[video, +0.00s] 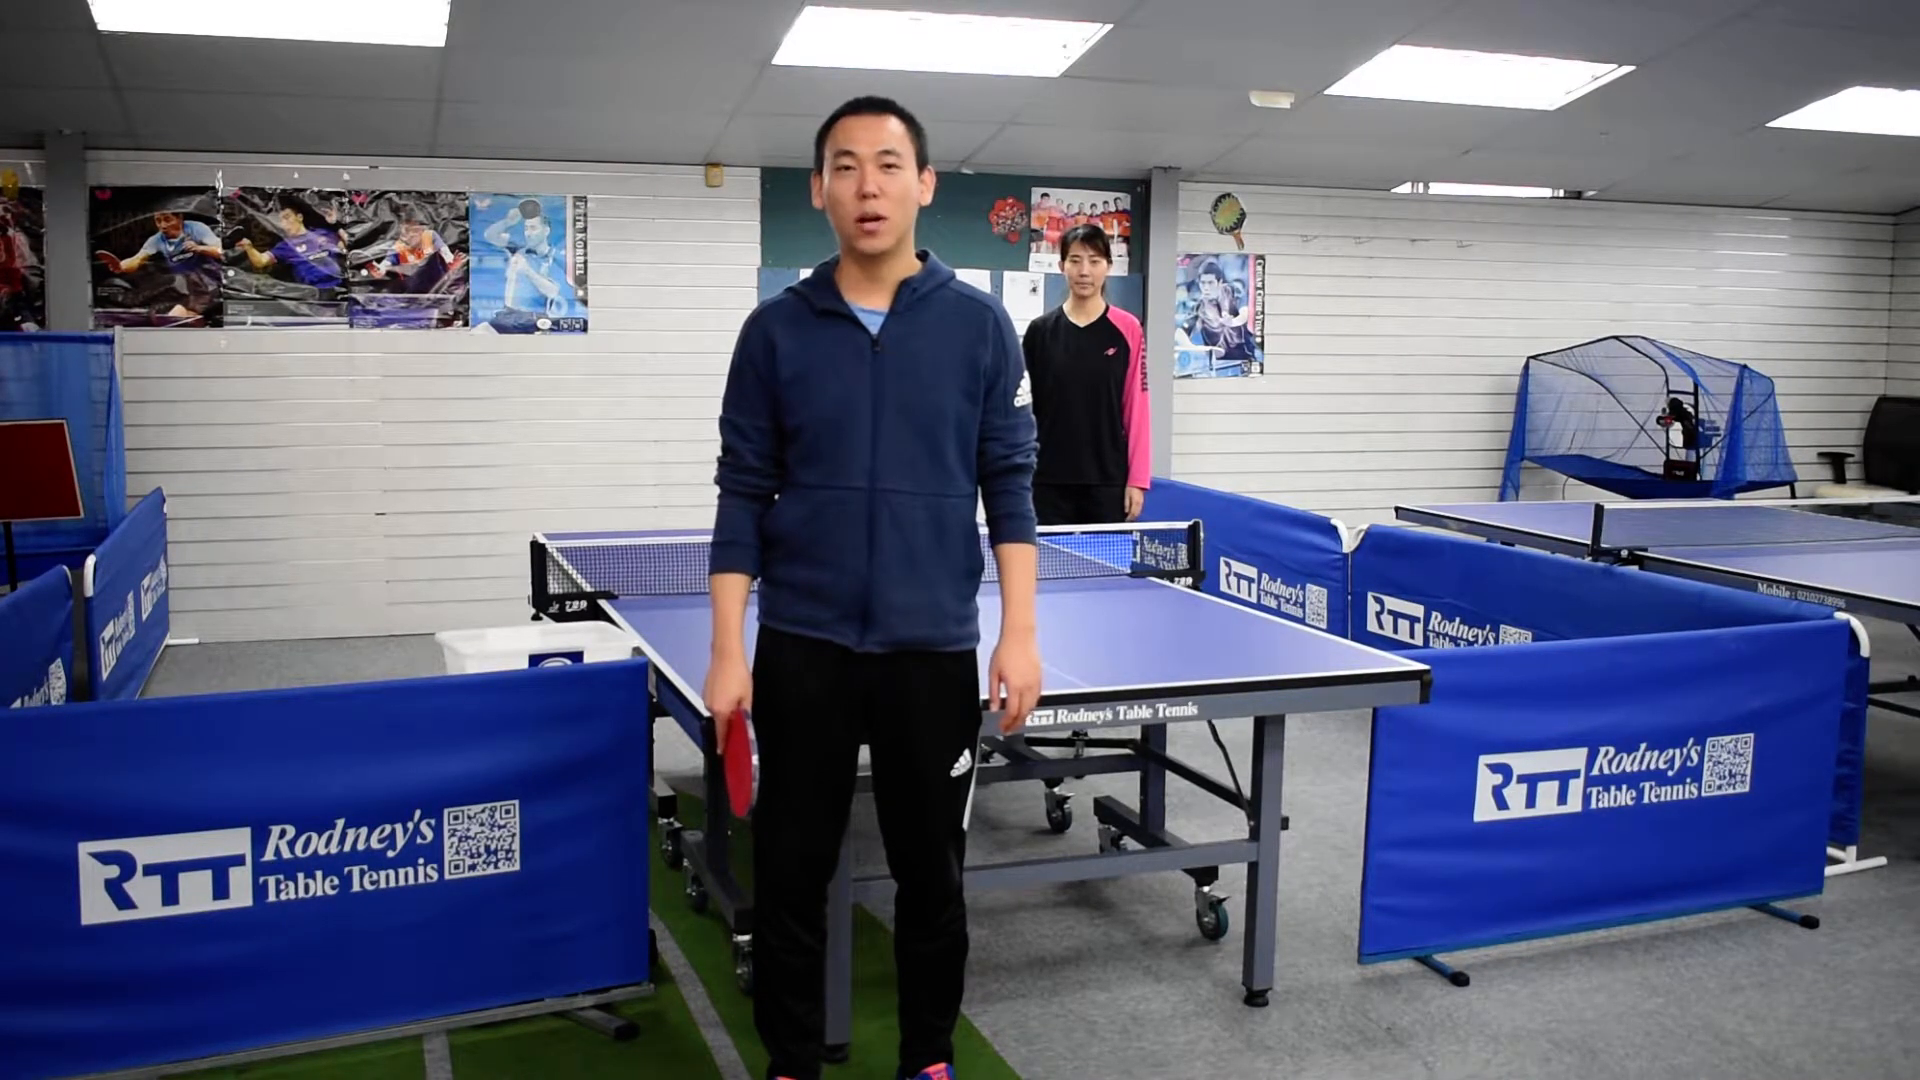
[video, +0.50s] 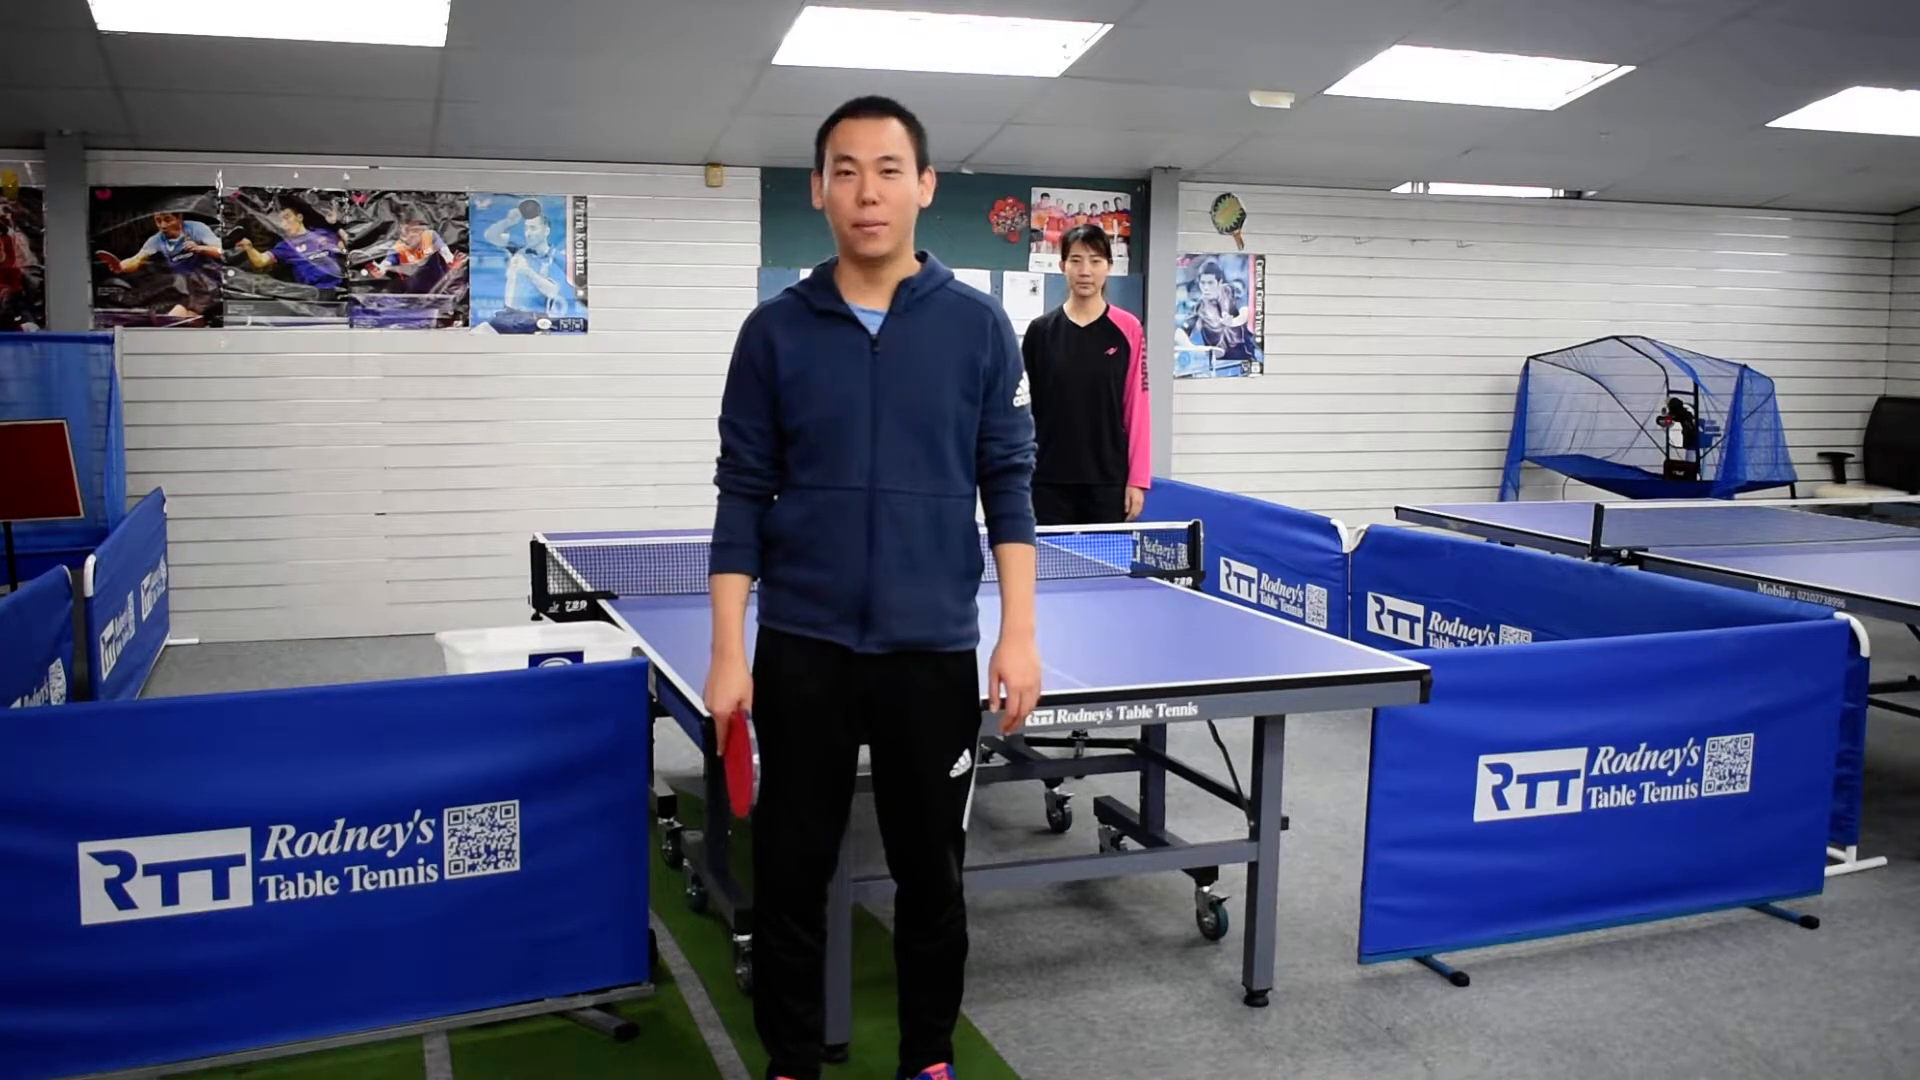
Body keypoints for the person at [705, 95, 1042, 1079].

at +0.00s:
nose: (866, 185)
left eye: (888, 165)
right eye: (844, 166)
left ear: (924, 188)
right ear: (820, 192)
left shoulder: (979, 327)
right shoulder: (776, 330)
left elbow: (1011, 485)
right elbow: (740, 490)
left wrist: (1020, 633)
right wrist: (727, 649)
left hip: (932, 645)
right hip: (804, 644)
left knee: (930, 874)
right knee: (789, 875)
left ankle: (929, 1060)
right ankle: (791, 1062)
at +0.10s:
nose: (866, 181)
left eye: (888, 163)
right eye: (845, 164)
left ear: (924, 188)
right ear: (820, 190)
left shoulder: (978, 326)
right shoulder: (775, 329)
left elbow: (1011, 485)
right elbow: (740, 491)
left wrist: (1020, 633)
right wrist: (727, 650)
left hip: (932, 646)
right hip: (803, 644)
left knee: (930, 875)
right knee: (789, 877)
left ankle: (929, 1061)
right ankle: (791, 1062)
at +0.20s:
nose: (866, 180)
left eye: (888, 162)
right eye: (845, 163)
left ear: (923, 187)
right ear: (820, 190)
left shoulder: (977, 325)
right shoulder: (775, 329)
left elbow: (1010, 484)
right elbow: (740, 490)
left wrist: (1019, 633)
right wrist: (727, 650)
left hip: (932, 645)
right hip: (804, 644)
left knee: (930, 875)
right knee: (789, 876)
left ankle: (929, 1061)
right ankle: (791, 1062)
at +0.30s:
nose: (866, 181)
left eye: (889, 162)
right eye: (845, 163)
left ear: (923, 188)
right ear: (821, 190)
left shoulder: (977, 325)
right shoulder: (775, 329)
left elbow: (1010, 483)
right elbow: (740, 491)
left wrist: (1020, 633)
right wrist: (727, 651)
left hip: (931, 645)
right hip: (803, 643)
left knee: (930, 874)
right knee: (788, 875)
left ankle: (929, 1060)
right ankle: (791, 1061)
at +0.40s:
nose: (866, 184)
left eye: (888, 165)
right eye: (845, 166)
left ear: (924, 189)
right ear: (820, 192)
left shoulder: (977, 326)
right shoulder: (775, 329)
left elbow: (1010, 483)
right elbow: (740, 491)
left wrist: (1019, 633)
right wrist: (728, 651)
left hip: (932, 645)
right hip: (804, 643)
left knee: (930, 873)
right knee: (789, 875)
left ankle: (929, 1060)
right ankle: (791, 1061)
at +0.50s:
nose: (866, 190)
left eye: (888, 170)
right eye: (845, 171)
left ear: (923, 190)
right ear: (821, 193)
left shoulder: (977, 327)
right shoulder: (775, 330)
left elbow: (1010, 483)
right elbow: (740, 491)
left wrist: (1019, 633)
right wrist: (727, 651)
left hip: (931, 645)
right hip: (803, 643)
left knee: (930, 874)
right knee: (789, 875)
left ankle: (929, 1060)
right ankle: (791, 1061)